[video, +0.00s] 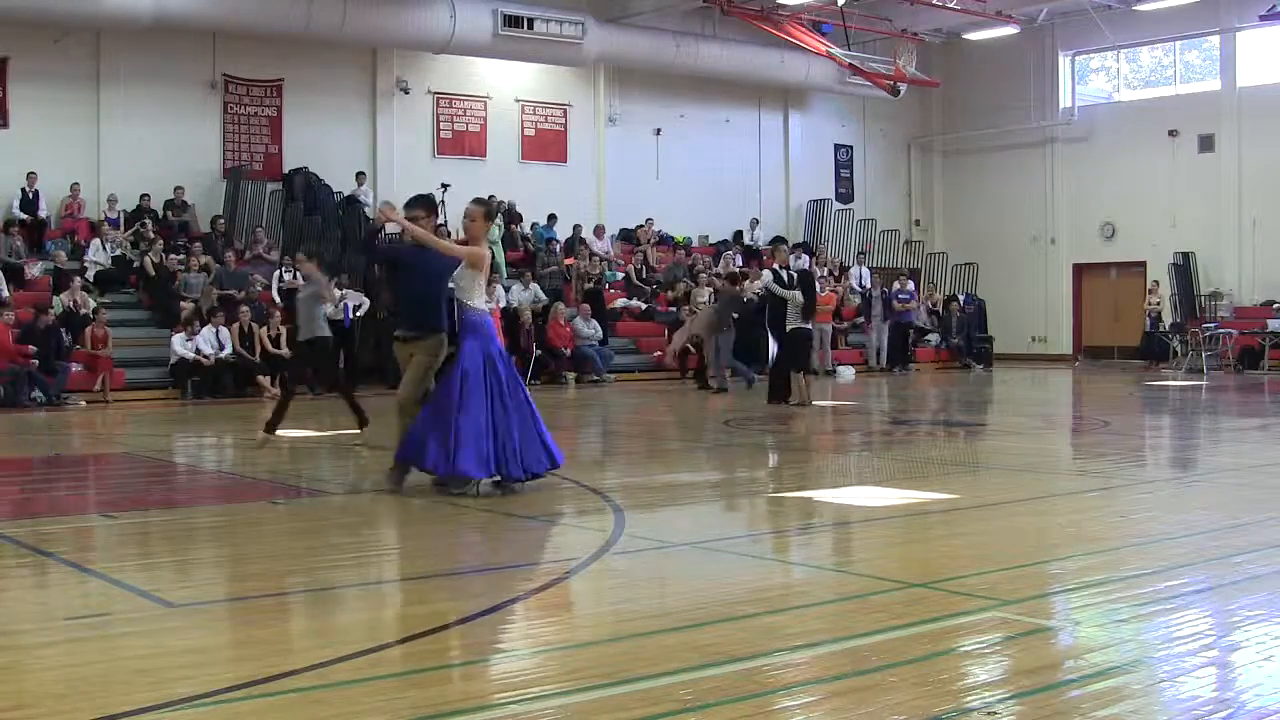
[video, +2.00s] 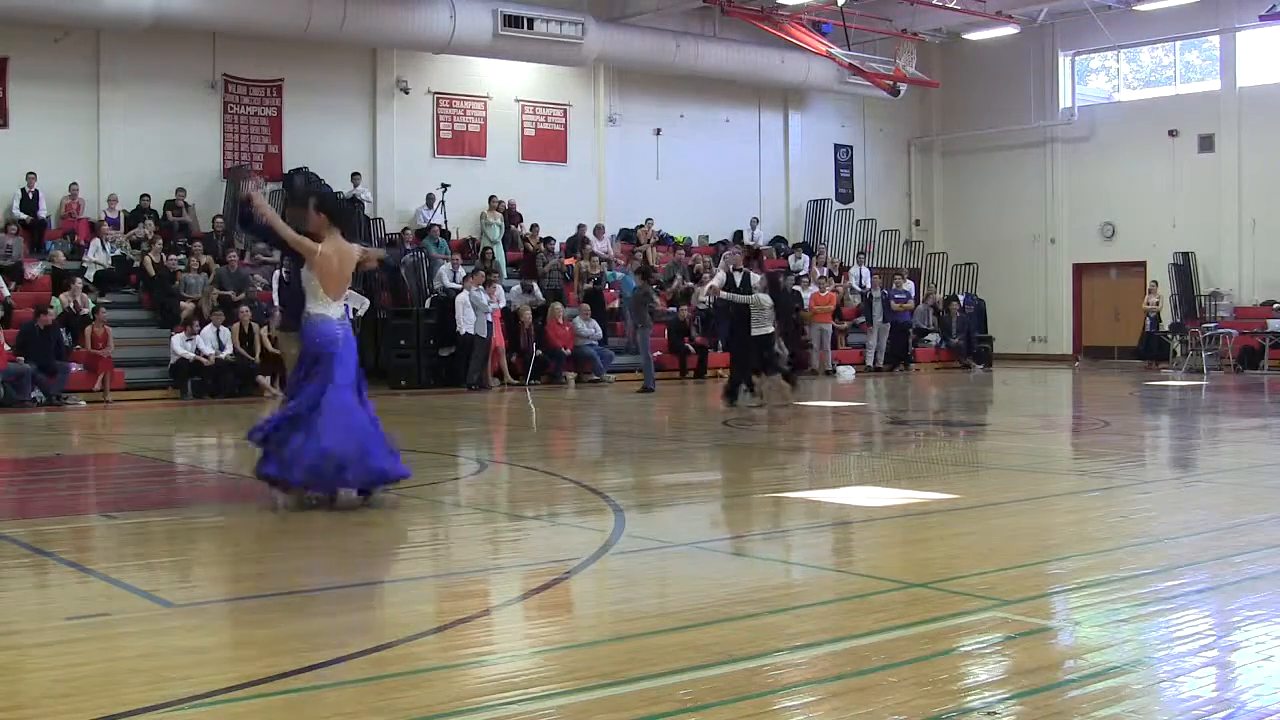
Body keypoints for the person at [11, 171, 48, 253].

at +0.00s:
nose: (33, 181)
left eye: (35, 179)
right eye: (31, 178)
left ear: (36, 180)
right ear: (27, 180)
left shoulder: (39, 193)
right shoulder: (20, 192)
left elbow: (43, 208)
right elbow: (14, 210)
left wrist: (41, 216)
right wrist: (25, 217)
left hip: (36, 218)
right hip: (25, 218)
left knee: (43, 223)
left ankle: (40, 248)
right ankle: (30, 249)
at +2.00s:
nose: (31, 181)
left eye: (33, 179)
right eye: (29, 179)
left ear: (36, 180)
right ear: (26, 180)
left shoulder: (39, 193)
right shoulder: (20, 192)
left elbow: (42, 209)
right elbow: (15, 210)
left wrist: (41, 216)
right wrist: (25, 217)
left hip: (36, 217)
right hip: (24, 217)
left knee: (42, 223)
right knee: (34, 225)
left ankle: (40, 248)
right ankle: (33, 248)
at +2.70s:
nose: (31, 180)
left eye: (33, 178)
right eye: (29, 178)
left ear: (36, 180)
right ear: (26, 180)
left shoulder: (39, 193)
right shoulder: (20, 192)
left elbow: (42, 208)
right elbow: (14, 209)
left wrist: (41, 216)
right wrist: (24, 217)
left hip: (36, 216)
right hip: (24, 216)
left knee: (42, 223)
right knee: (32, 224)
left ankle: (40, 247)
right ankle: (30, 247)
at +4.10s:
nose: (34, 182)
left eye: (35, 180)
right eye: (32, 180)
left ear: (36, 181)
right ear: (27, 179)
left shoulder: (39, 193)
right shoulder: (19, 192)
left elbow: (42, 209)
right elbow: (15, 209)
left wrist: (39, 216)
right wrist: (25, 217)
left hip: (36, 217)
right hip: (24, 218)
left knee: (42, 223)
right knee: (34, 225)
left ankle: (40, 249)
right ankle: (32, 249)